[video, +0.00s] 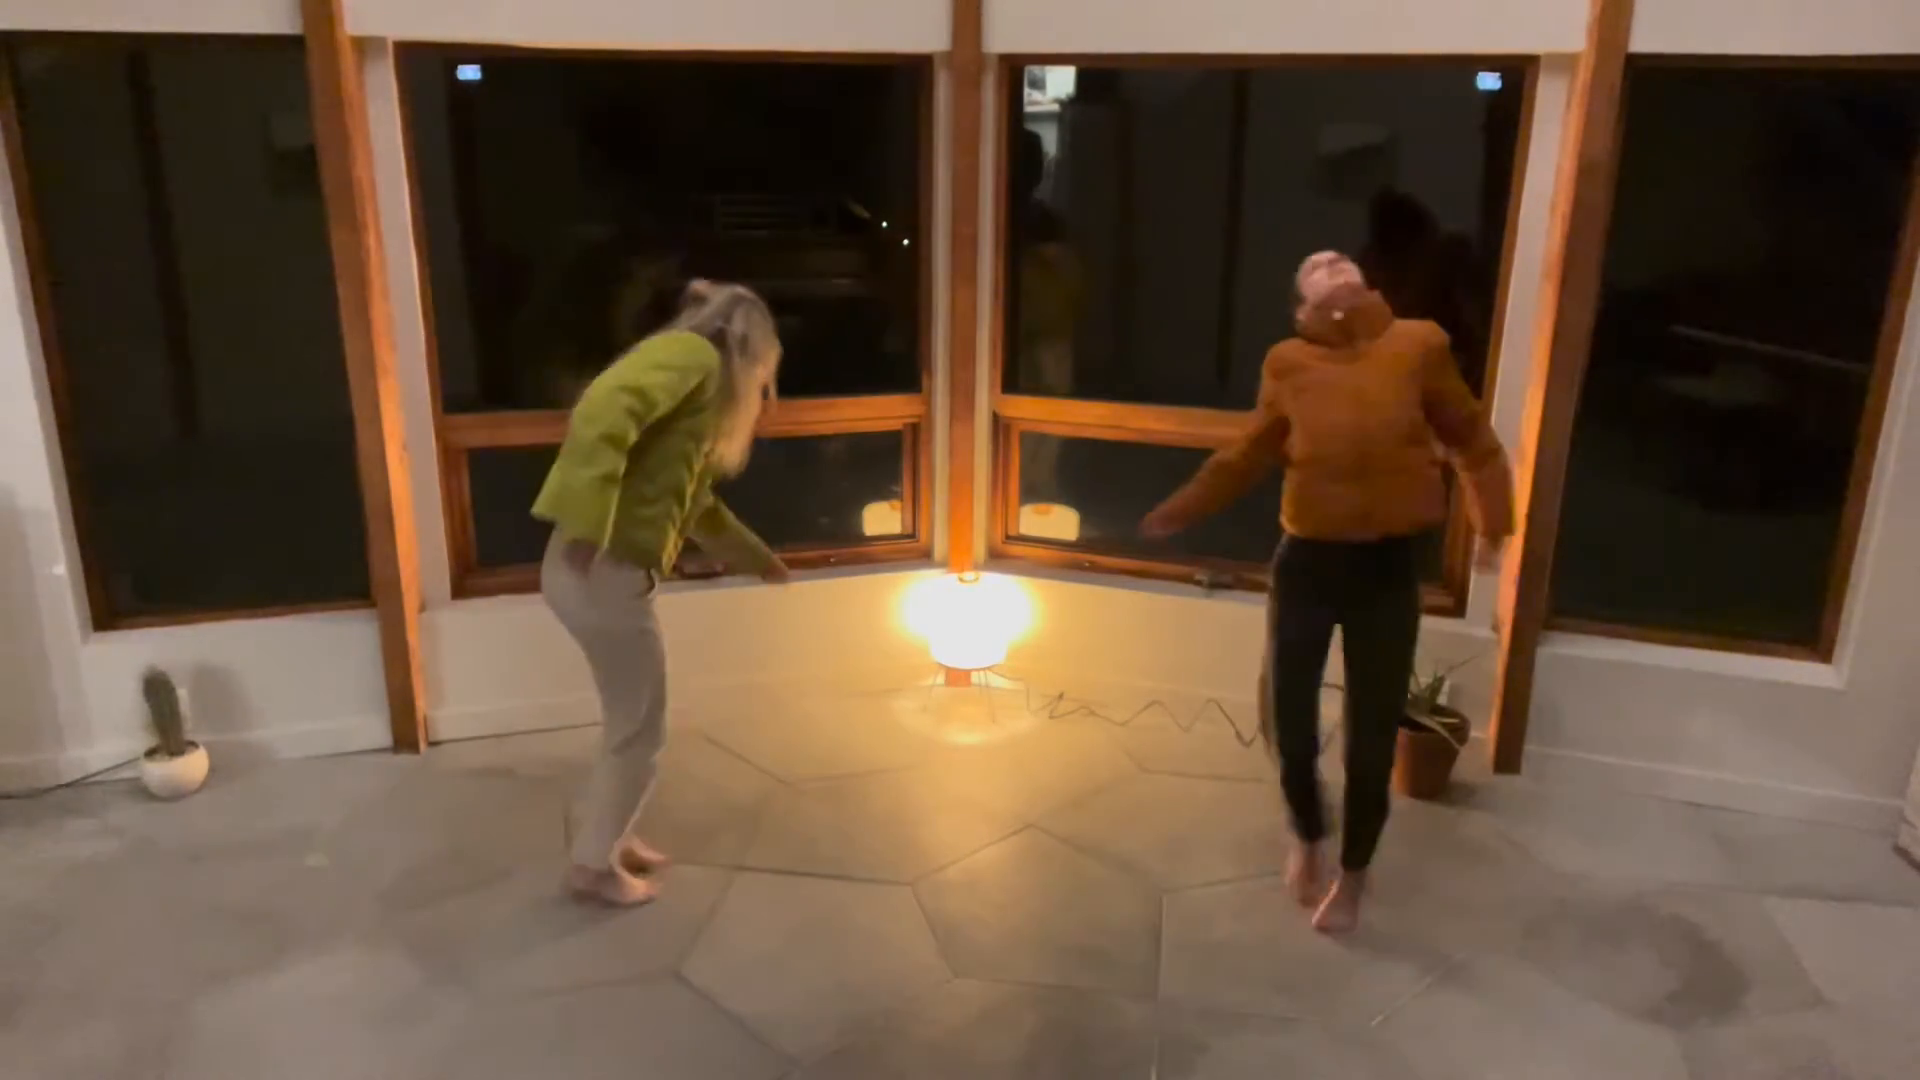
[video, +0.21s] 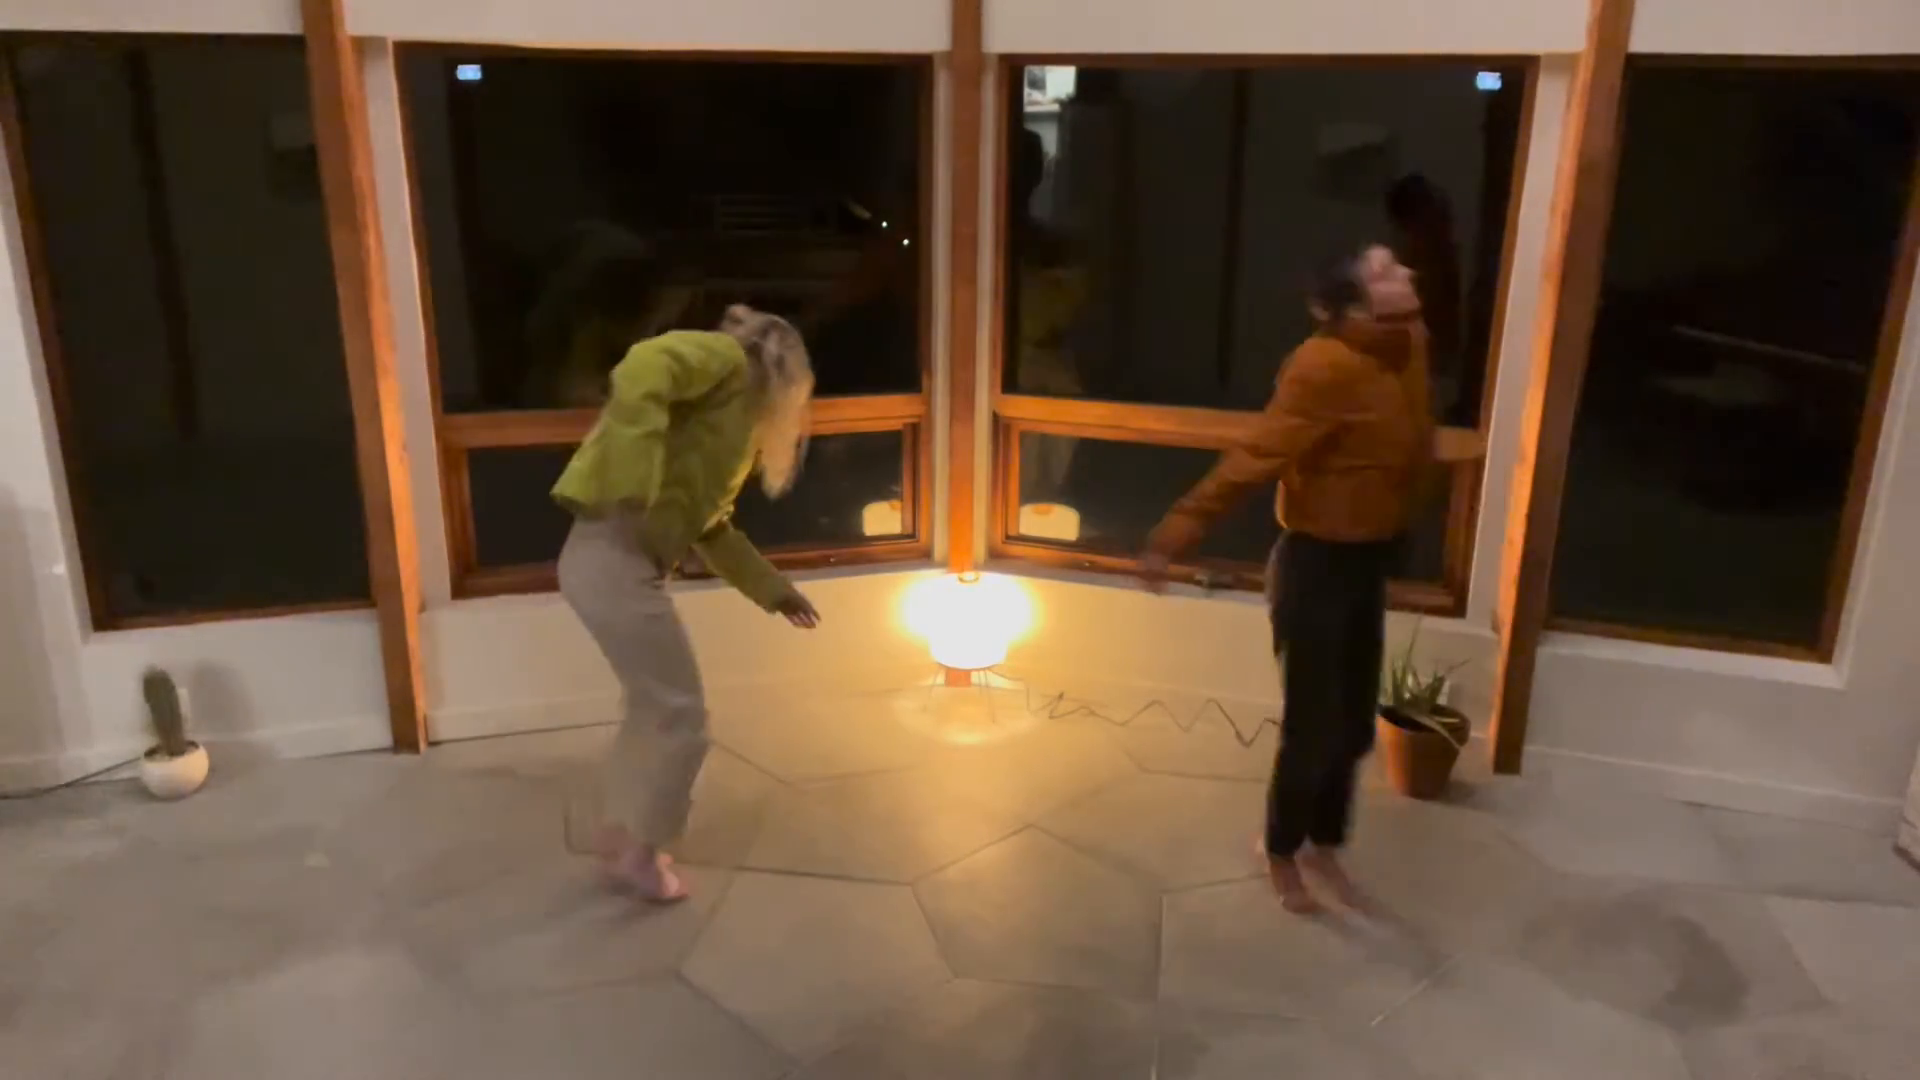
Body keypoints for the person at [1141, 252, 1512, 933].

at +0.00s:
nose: (1343, 272)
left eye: (1345, 265)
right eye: (1326, 272)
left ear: (1366, 289)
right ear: (1307, 308)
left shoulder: (1419, 348)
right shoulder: (1289, 363)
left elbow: (1474, 442)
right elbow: (1251, 452)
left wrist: (1496, 527)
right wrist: (1178, 509)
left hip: (1388, 560)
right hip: (1307, 559)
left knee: (1371, 731)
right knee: (1290, 716)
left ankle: (1352, 876)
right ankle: (1308, 837)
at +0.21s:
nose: (1405, 276)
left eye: (1398, 265)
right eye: (1385, 271)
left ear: (1396, 286)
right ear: (1354, 298)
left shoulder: (1407, 347)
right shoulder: (1325, 364)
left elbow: (1410, 450)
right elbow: (1253, 455)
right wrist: (1172, 538)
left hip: (1365, 558)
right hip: (1315, 558)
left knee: (1354, 718)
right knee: (1315, 716)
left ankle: (1324, 848)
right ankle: (1283, 853)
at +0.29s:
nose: (1432, 302)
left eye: (1429, 290)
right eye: (1422, 291)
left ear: (1384, 297)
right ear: (1389, 298)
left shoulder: (1380, 356)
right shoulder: (1352, 362)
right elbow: (1300, 455)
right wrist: (1247, 545)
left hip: (1338, 553)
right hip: (1320, 556)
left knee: (1324, 705)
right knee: (1325, 709)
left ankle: (1272, 837)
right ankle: (1273, 846)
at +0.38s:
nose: (1424, 325)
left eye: (1426, 312)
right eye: (1421, 312)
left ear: (1376, 302)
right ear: (1395, 310)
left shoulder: (1342, 345)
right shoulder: (1359, 364)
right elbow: (1320, 465)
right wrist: (1308, 565)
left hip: (1319, 545)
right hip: (1329, 553)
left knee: (1304, 700)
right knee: (1336, 726)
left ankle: (1252, 822)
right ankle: (1268, 848)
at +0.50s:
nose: (1426, 316)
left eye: (1427, 305)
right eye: (1429, 305)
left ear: (1366, 284)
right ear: (1417, 302)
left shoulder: (1324, 330)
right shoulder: (1390, 355)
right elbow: (1396, 475)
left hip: (1281, 537)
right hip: (1333, 550)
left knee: (1281, 695)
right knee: (1323, 708)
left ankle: (1253, 819)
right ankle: (1274, 850)